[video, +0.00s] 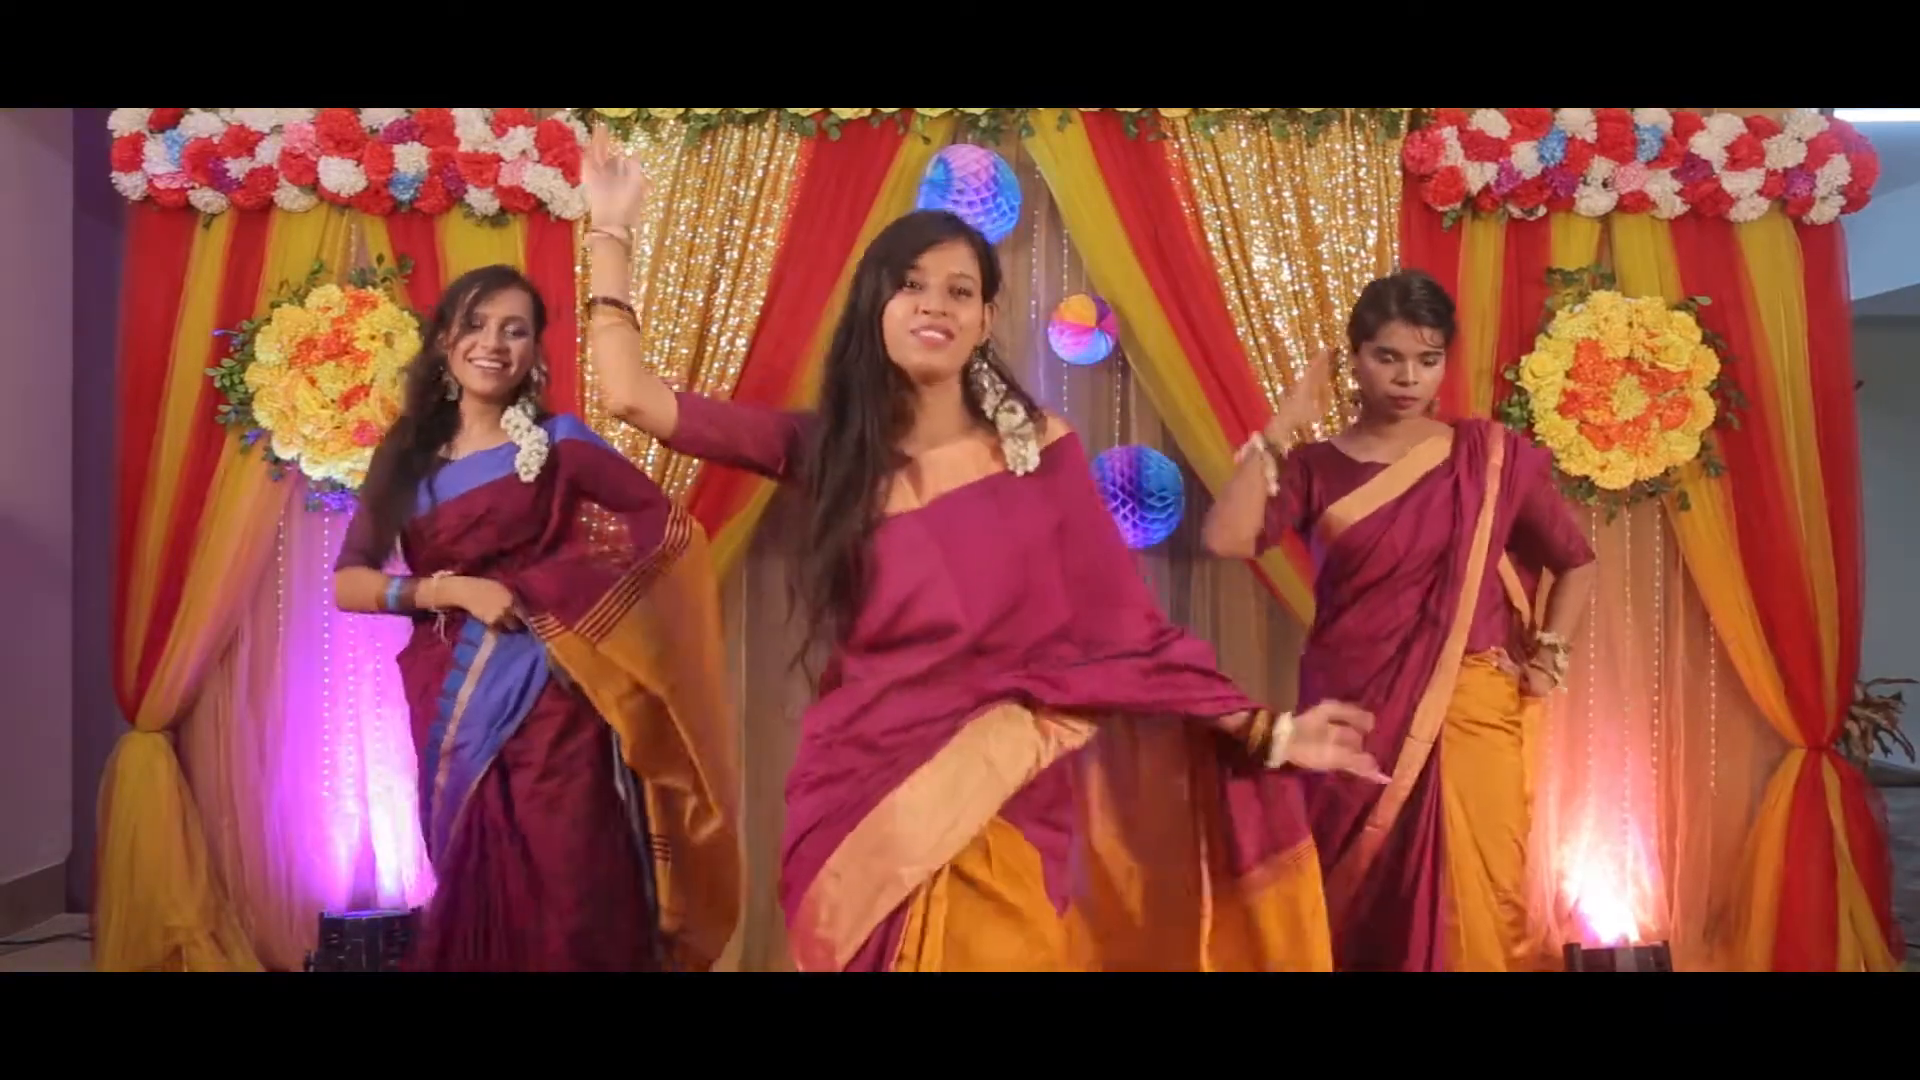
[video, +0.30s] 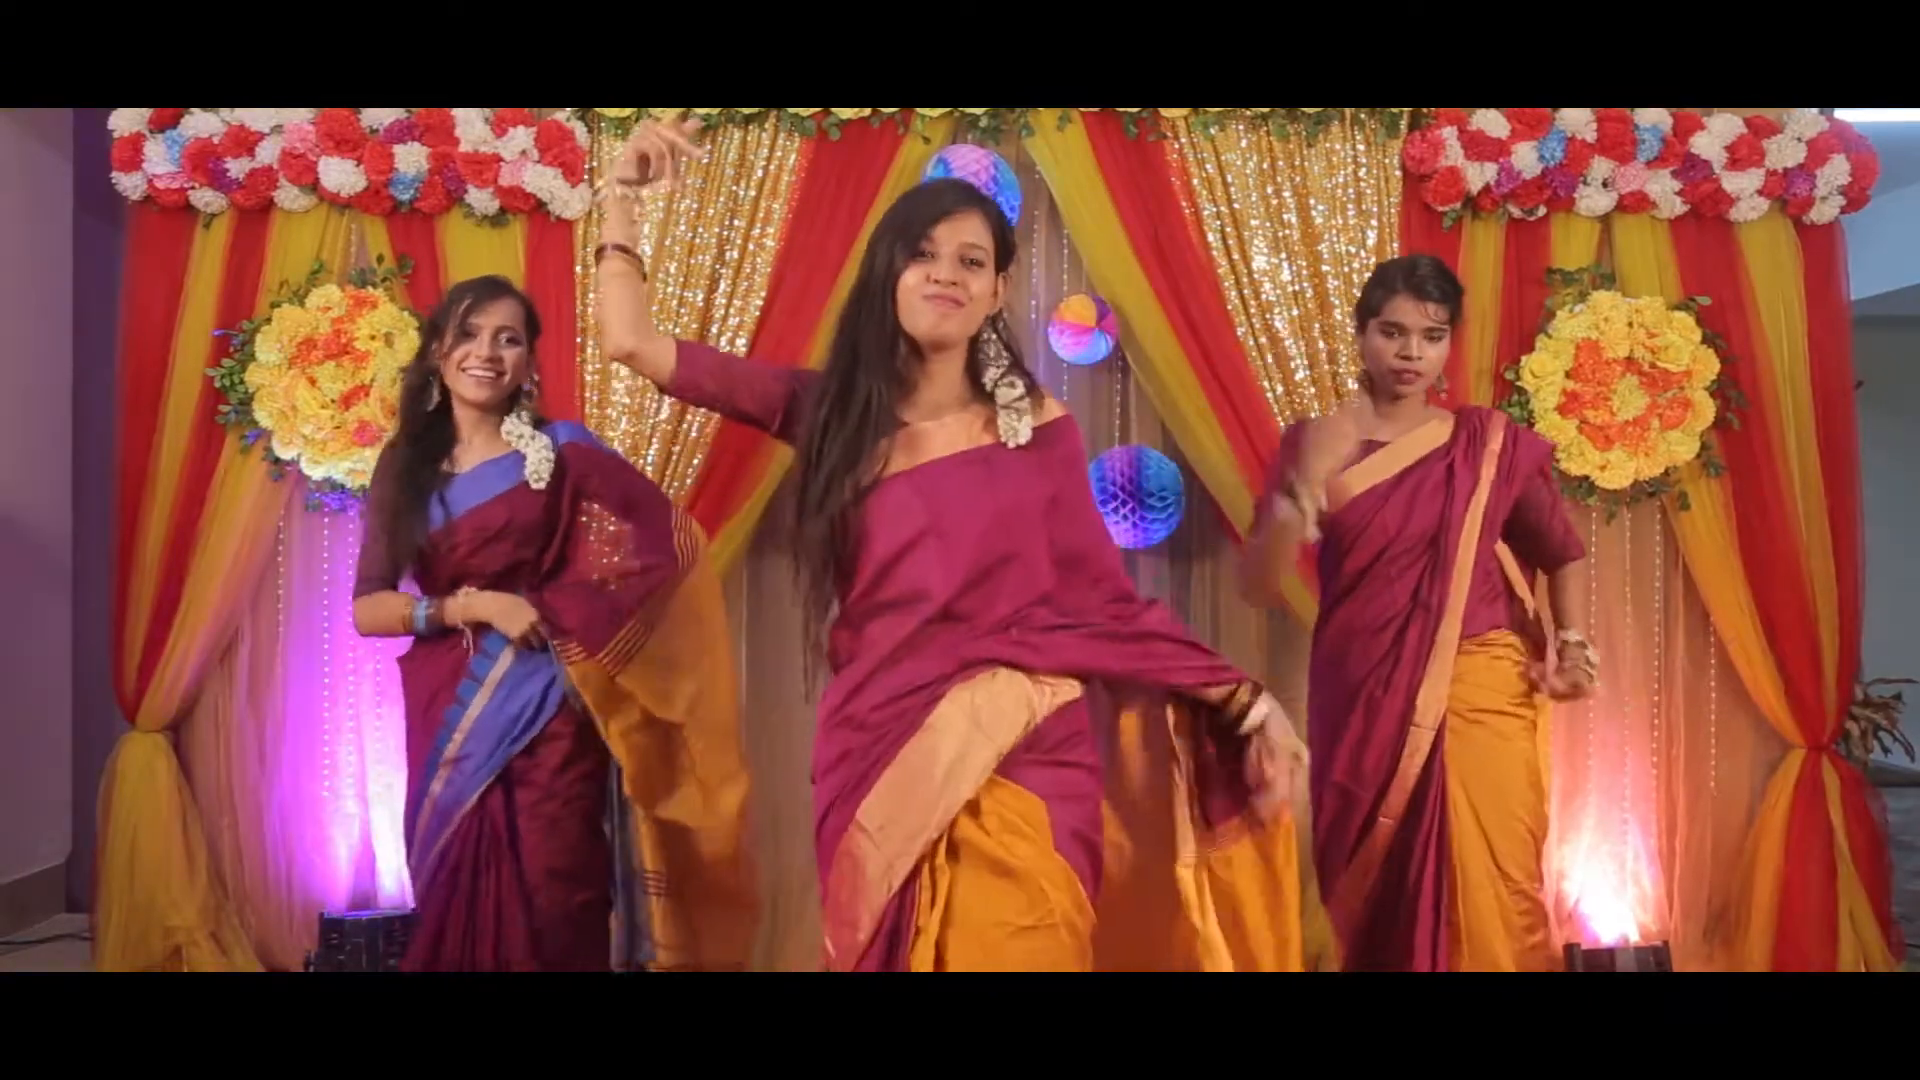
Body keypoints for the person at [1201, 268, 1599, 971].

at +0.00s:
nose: (1409, 378)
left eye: (1428, 359)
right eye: (1389, 357)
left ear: (1448, 359)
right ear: (1355, 356)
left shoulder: (1493, 453)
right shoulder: (1316, 467)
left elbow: (1573, 558)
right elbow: (1223, 537)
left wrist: (1551, 651)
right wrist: (1280, 429)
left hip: (1469, 711)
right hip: (1349, 718)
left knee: (1471, 917)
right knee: (1349, 921)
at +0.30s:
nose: (1411, 352)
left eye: (1430, 335)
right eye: (1392, 332)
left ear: (1451, 343)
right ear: (1361, 336)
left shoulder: (1492, 440)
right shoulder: (1315, 444)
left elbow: (1564, 550)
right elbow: (1257, 580)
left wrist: (1569, 639)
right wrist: (1284, 520)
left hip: (1483, 691)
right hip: (1364, 700)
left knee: (1492, 904)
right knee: (1370, 907)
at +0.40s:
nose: (1412, 357)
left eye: (1431, 341)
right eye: (1394, 338)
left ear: (1451, 350)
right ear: (1360, 344)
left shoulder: (1497, 447)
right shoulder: (1312, 465)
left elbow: (1545, 580)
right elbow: (1289, 615)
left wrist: (1578, 678)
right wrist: (1331, 614)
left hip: (1480, 705)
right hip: (1365, 717)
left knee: (1488, 913)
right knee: (1370, 919)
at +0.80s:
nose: (1417, 342)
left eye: (1436, 327)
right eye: (1398, 323)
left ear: (1452, 342)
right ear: (1361, 333)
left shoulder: (1485, 449)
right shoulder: (1317, 445)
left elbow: (1515, 597)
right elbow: (1307, 575)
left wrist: (1589, 706)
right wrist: (1341, 518)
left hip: (1491, 694)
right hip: (1379, 702)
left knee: (1513, 900)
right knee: (1390, 904)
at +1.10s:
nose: (1420, 354)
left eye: (1435, 337)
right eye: (1398, 337)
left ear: (1455, 353)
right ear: (1361, 352)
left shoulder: (1461, 465)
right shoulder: (1328, 434)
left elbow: (1502, 609)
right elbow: (1344, 552)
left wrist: (1639, 594)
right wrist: (1431, 496)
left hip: (1472, 711)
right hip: (1371, 713)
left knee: (1498, 905)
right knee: (1387, 913)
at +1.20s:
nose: (1422, 345)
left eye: (1438, 328)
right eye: (1399, 329)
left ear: (1457, 344)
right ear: (1364, 345)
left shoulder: (1476, 463)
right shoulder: (1329, 427)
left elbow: (1546, 579)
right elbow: (1330, 536)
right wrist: (1424, 490)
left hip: (1477, 706)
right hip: (1371, 708)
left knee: (1498, 894)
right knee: (1387, 905)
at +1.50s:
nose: (1414, 402)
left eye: (1431, 382)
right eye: (1394, 383)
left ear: (1451, 383)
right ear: (1362, 387)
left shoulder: (1501, 471)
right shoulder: (1322, 483)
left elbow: (1632, 553)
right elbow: (1250, 566)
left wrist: (1517, 523)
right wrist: (1311, 517)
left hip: (1463, 716)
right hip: (1348, 720)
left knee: (1464, 907)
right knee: (1356, 912)